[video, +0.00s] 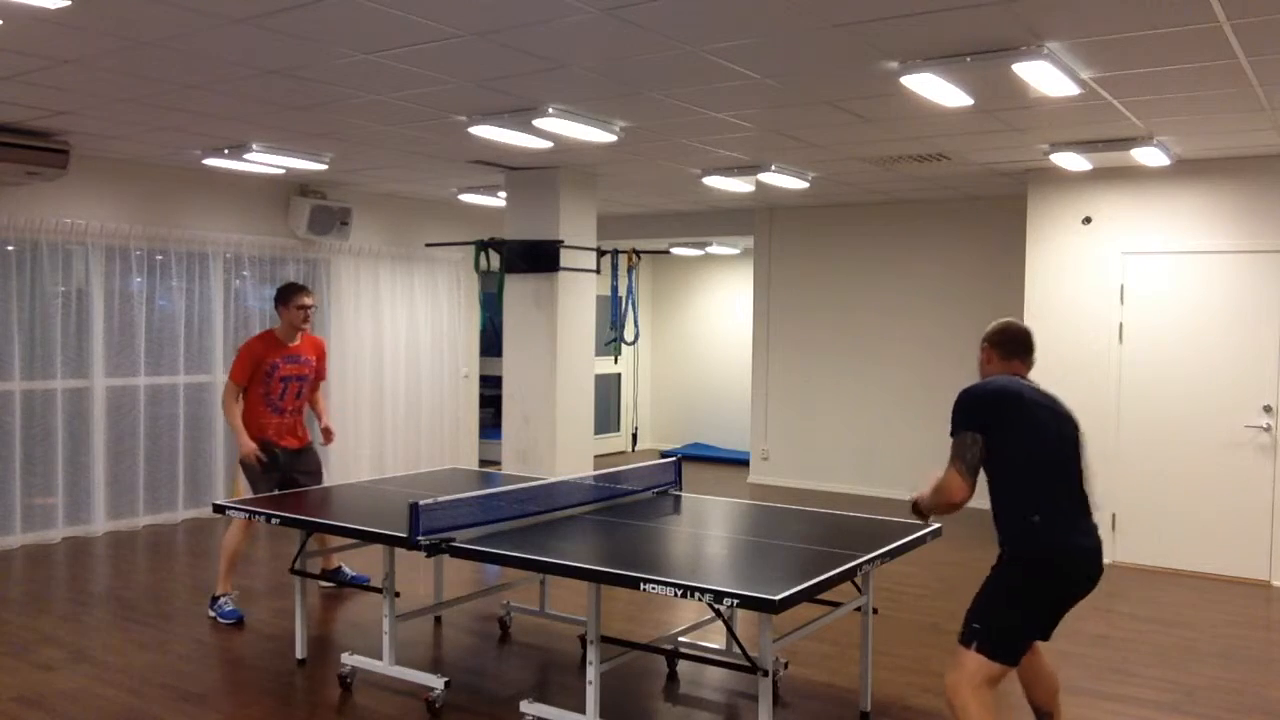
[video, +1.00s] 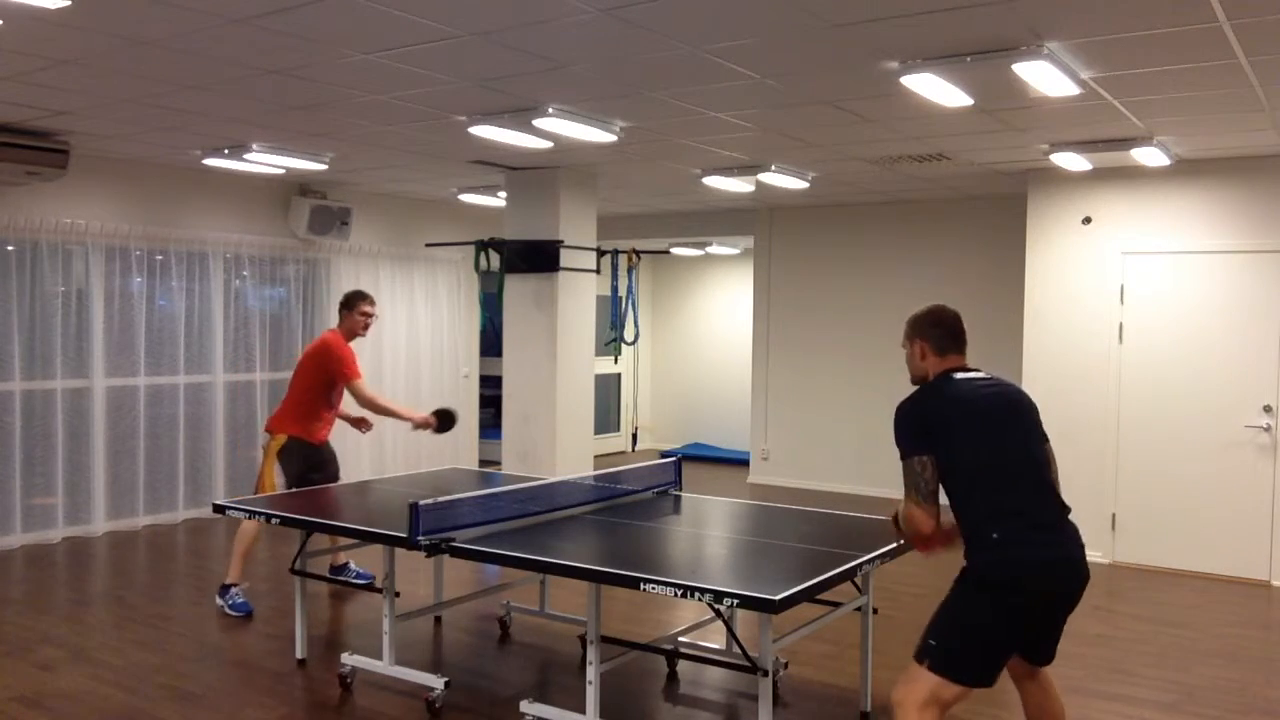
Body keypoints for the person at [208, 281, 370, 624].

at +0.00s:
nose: (308, 314)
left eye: (311, 309)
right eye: (301, 308)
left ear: (313, 312)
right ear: (281, 310)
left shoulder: (316, 347)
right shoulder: (257, 348)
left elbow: (314, 390)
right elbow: (230, 397)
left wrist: (323, 419)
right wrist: (243, 439)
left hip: (299, 446)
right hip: (261, 446)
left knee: (320, 507)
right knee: (247, 515)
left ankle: (331, 566)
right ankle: (222, 594)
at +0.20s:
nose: (310, 318)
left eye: (313, 313)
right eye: (304, 313)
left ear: (315, 315)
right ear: (284, 313)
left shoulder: (317, 348)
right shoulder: (257, 351)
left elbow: (317, 391)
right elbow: (236, 400)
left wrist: (330, 416)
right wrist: (242, 442)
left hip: (304, 446)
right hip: (265, 448)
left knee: (327, 506)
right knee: (251, 516)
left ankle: (335, 566)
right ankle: (222, 594)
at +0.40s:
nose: (315, 328)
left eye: (318, 323)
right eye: (309, 322)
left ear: (318, 324)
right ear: (289, 322)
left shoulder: (318, 356)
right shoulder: (261, 359)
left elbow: (316, 400)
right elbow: (237, 409)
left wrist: (337, 421)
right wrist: (258, 452)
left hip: (302, 449)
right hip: (264, 451)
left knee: (327, 505)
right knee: (255, 515)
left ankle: (338, 566)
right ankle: (222, 594)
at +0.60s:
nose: (338, 337)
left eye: (340, 331)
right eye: (333, 330)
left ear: (324, 332)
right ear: (312, 328)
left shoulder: (319, 362)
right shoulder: (285, 363)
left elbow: (310, 409)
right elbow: (282, 420)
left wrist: (341, 422)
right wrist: (323, 451)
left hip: (296, 447)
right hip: (264, 448)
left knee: (327, 502)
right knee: (262, 514)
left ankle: (337, 566)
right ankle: (222, 596)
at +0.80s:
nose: (362, 335)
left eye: (364, 330)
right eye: (358, 329)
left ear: (346, 330)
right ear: (339, 326)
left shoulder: (320, 355)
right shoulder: (322, 358)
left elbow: (310, 409)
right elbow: (366, 406)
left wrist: (348, 417)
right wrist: (415, 418)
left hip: (299, 449)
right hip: (272, 449)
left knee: (327, 506)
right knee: (258, 518)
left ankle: (338, 566)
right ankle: (217, 595)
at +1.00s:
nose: (369, 322)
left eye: (372, 317)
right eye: (364, 315)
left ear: (368, 320)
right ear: (346, 313)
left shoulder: (333, 346)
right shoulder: (335, 347)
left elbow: (316, 397)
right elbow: (364, 398)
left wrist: (348, 417)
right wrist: (412, 416)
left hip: (315, 441)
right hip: (288, 439)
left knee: (333, 505)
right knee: (259, 511)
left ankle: (339, 563)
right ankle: (230, 586)